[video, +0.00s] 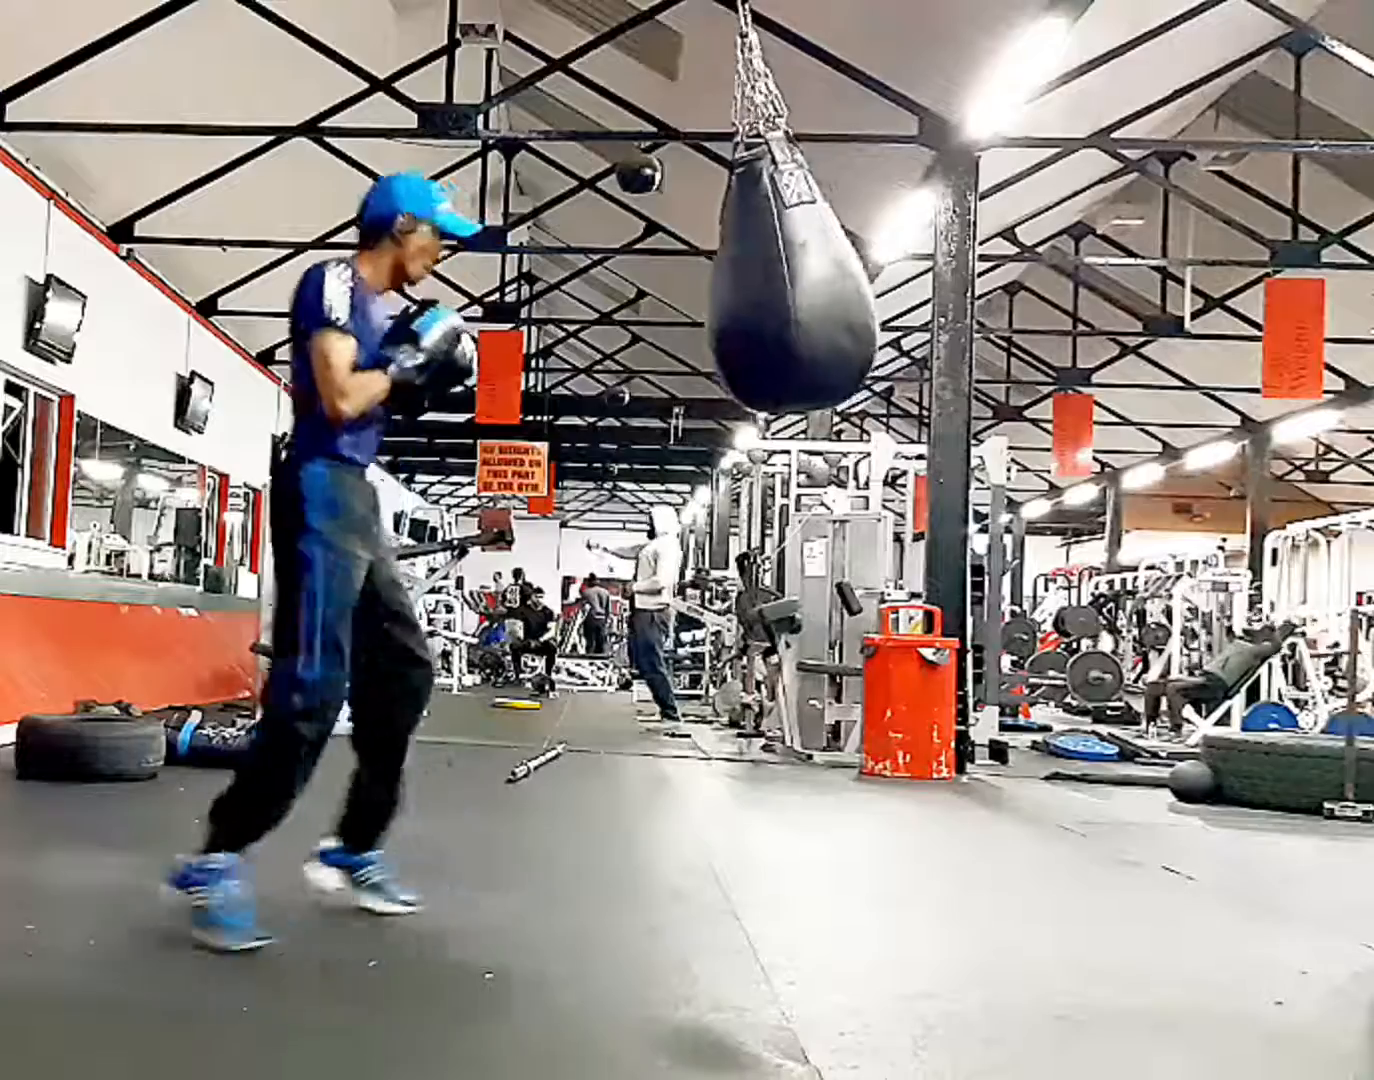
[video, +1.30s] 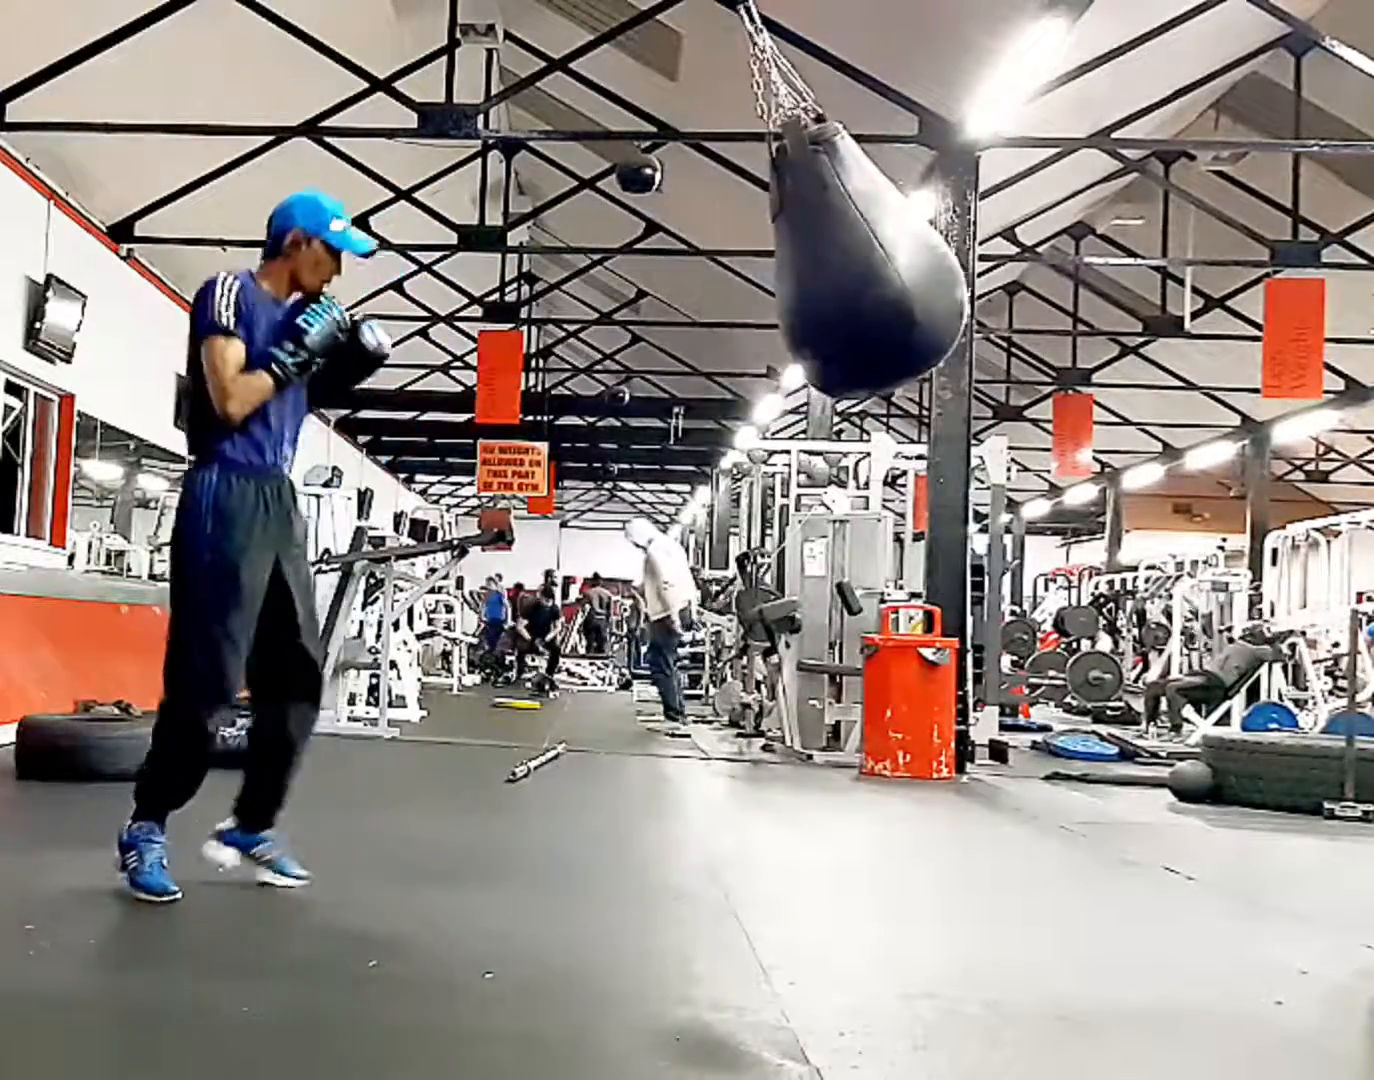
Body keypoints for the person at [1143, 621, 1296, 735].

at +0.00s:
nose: (1263, 632)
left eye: (1267, 631)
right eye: (1266, 630)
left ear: (1266, 636)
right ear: (1260, 632)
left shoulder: (1257, 651)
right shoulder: (1236, 643)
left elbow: (1276, 646)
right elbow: (1226, 635)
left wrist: (1278, 633)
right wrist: (1221, 624)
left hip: (1217, 682)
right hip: (1203, 675)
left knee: (1174, 688)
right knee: (1152, 687)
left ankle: (1176, 732)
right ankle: (1147, 730)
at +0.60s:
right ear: (1255, 637)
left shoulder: (1256, 652)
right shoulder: (1236, 643)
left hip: (1219, 681)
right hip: (1204, 675)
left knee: (1174, 689)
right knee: (1153, 687)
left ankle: (1176, 732)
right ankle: (1149, 728)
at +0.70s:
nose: (1250, 631)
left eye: (1254, 631)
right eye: (1253, 630)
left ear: (1259, 637)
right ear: (1249, 633)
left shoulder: (1256, 653)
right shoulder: (1237, 643)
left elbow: (1266, 633)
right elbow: (1232, 629)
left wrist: (1268, 610)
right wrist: (1228, 607)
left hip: (1219, 680)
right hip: (1205, 674)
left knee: (1173, 689)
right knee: (1152, 688)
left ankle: (1176, 730)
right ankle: (1148, 727)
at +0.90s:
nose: (1257, 631)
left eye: (1260, 630)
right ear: (1255, 634)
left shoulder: (1256, 651)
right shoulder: (1236, 643)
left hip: (1218, 682)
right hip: (1203, 675)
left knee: (1174, 690)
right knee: (1152, 688)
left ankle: (1176, 732)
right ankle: (1148, 726)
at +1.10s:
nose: (1257, 634)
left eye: (1256, 631)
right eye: (1257, 632)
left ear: (1249, 635)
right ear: (1253, 635)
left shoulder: (1256, 651)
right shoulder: (1236, 645)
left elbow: (1275, 652)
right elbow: (1221, 651)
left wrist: (1275, 636)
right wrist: (1222, 632)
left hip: (1216, 681)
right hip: (1205, 674)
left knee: (1173, 689)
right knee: (1153, 688)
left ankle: (1176, 730)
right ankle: (1147, 727)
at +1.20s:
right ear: (1253, 636)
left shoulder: (1254, 651)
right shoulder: (1231, 647)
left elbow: (1277, 656)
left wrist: (1273, 644)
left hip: (1218, 681)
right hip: (1203, 675)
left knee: (1173, 689)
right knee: (1153, 688)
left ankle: (1176, 730)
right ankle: (1147, 728)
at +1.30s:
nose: (1259, 636)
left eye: (1259, 633)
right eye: (1259, 633)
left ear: (1255, 637)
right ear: (1254, 636)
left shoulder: (1256, 650)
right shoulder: (1234, 646)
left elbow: (1278, 655)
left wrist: (1277, 644)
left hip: (1217, 681)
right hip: (1202, 674)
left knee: (1173, 689)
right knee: (1152, 688)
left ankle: (1176, 730)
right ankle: (1147, 727)